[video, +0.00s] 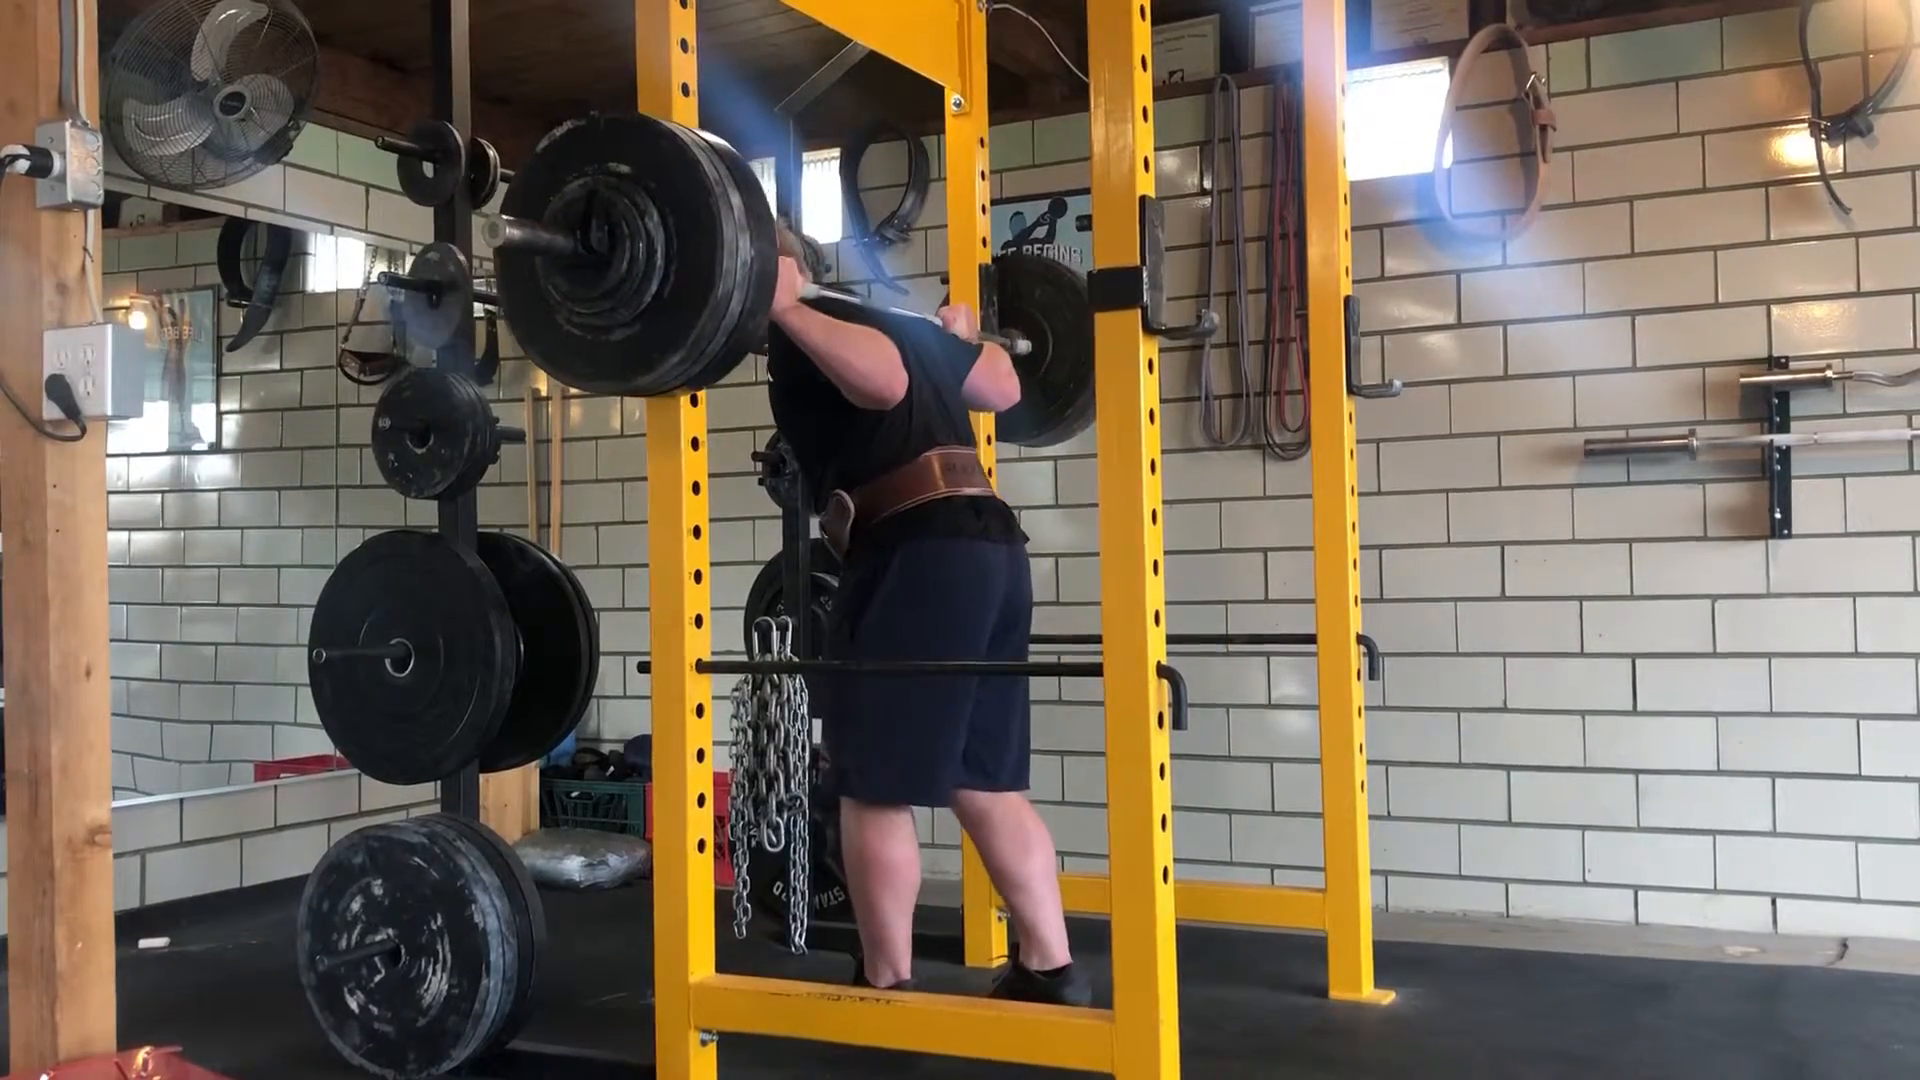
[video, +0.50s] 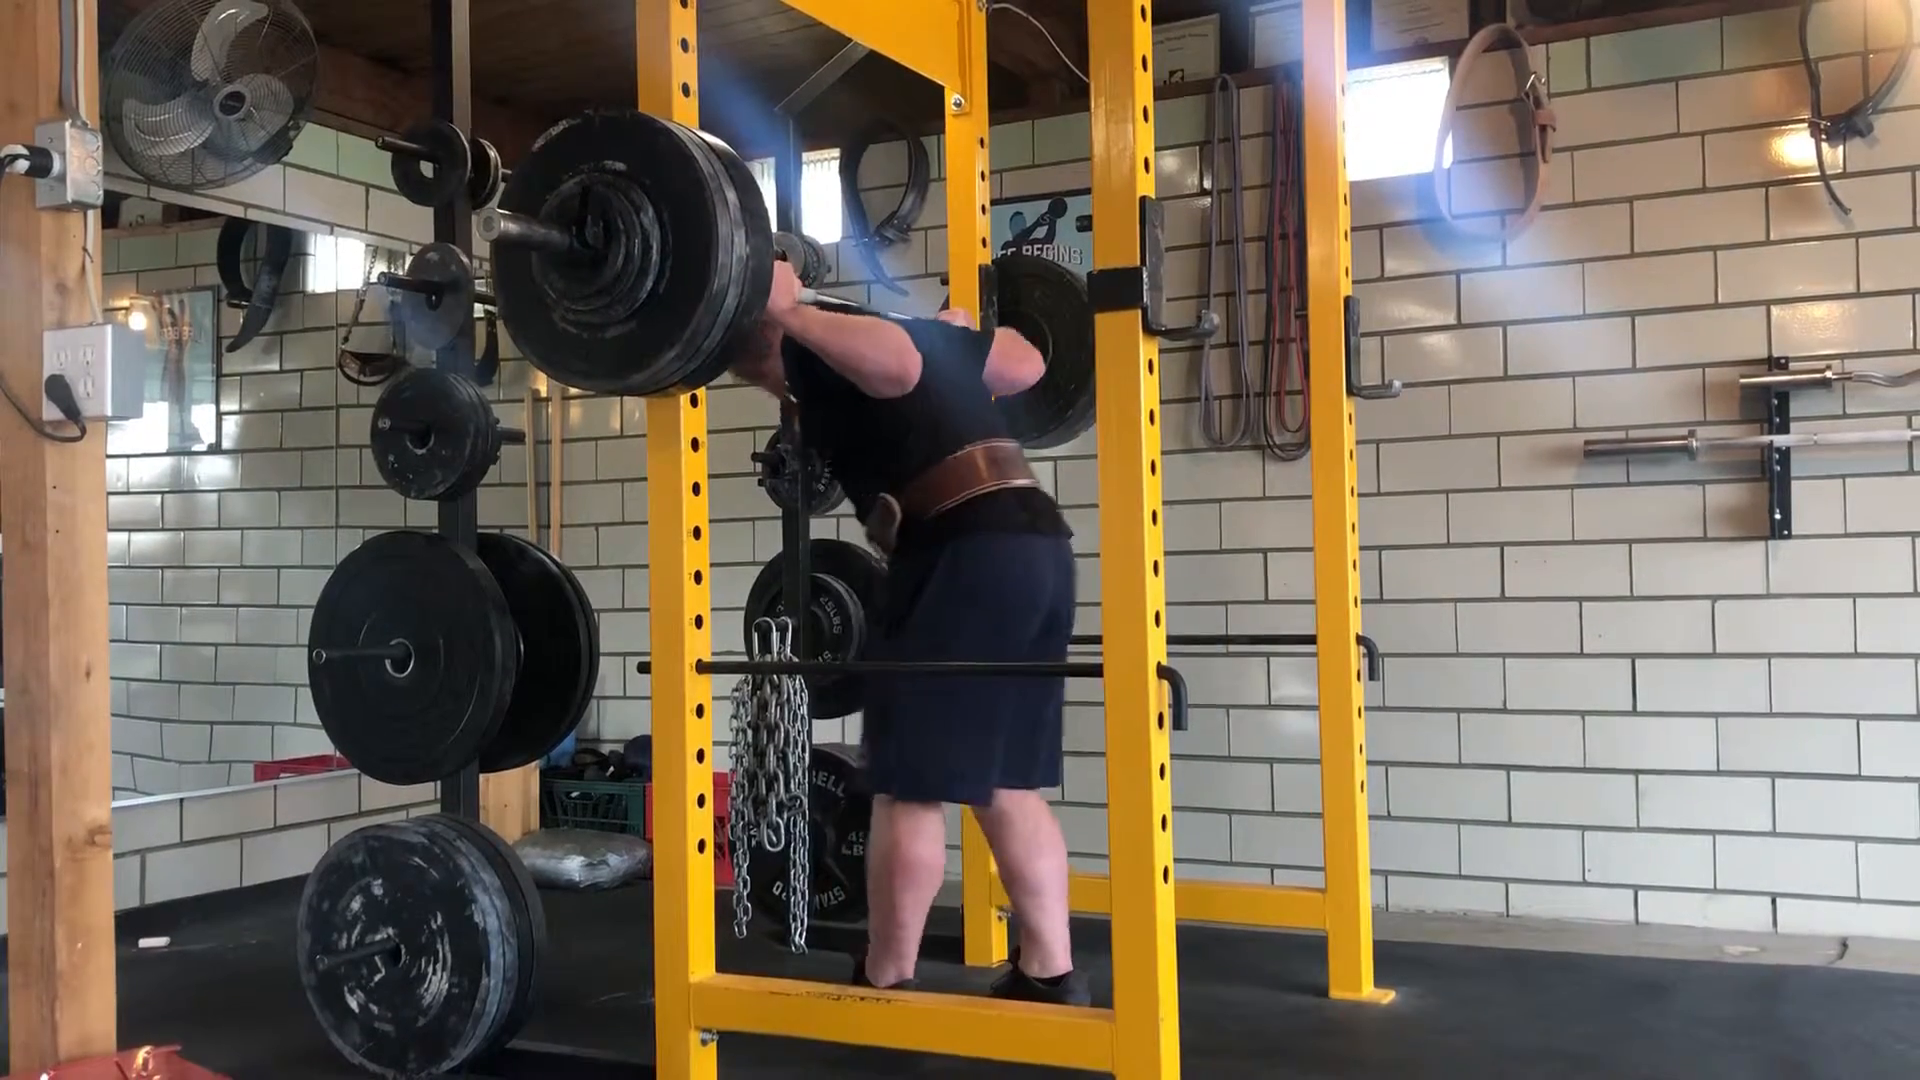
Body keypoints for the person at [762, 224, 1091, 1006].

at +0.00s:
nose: (750, 281)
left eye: (754, 262)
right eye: (750, 265)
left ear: (784, 260)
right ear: (803, 257)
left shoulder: (808, 326)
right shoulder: (888, 319)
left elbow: (886, 381)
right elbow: (1002, 385)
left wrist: (784, 306)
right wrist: (969, 339)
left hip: (924, 552)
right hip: (997, 550)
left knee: (876, 780)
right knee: (985, 777)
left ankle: (886, 985)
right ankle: (1049, 968)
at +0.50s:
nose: (746, 378)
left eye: (742, 364)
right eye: (740, 364)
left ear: (759, 336)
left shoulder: (815, 340)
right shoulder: (920, 332)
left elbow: (898, 363)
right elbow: (1024, 360)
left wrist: (790, 312)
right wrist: (965, 326)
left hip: (969, 551)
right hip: (1039, 545)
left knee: (909, 776)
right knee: (1008, 775)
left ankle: (885, 981)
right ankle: (1048, 973)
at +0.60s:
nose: (779, 426)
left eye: (766, 409)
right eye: (766, 418)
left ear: (776, 369)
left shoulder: (822, 346)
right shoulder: (934, 331)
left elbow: (906, 358)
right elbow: (1037, 351)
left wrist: (791, 311)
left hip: (993, 549)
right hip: (1065, 541)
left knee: (930, 773)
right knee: (1028, 774)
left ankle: (875, 978)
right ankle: (1048, 975)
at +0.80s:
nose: (840, 459)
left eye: (824, 452)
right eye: (826, 457)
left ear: (817, 406)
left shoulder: (864, 367)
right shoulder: (969, 338)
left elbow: (907, 350)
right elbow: (1072, 348)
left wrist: (786, 309)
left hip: (1041, 544)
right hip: (1101, 534)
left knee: (968, 760)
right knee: (1042, 769)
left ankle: (992, 988)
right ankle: (1055, 978)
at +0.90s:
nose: (868, 462)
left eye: (849, 454)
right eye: (853, 460)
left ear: (837, 403)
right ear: (846, 389)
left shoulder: (900, 351)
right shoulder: (991, 336)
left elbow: (903, 345)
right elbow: (1089, 359)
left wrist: (787, 308)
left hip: (1067, 541)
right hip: (1109, 529)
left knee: (995, 752)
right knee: (1046, 757)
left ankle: (1077, 967)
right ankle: (1064, 953)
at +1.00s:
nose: (879, 451)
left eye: (864, 441)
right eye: (863, 446)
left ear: (859, 396)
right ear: (863, 399)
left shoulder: (936, 331)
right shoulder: (951, 371)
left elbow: (901, 364)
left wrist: (792, 306)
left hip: (1101, 539)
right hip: (1080, 543)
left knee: (1055, 763)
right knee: (1050, 762)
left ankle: (1179, 968)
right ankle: (1054, 973)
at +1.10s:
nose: (870, 422)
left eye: (862, 406)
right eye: (862, 413)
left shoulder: (976, 312)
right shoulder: (1034, 319)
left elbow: (894, 375)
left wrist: (795, 305)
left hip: (1125, 547)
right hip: (1132, 545)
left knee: (1107, 780)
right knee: (1079, 782)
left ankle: (1249, 979)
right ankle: (1053, 989)